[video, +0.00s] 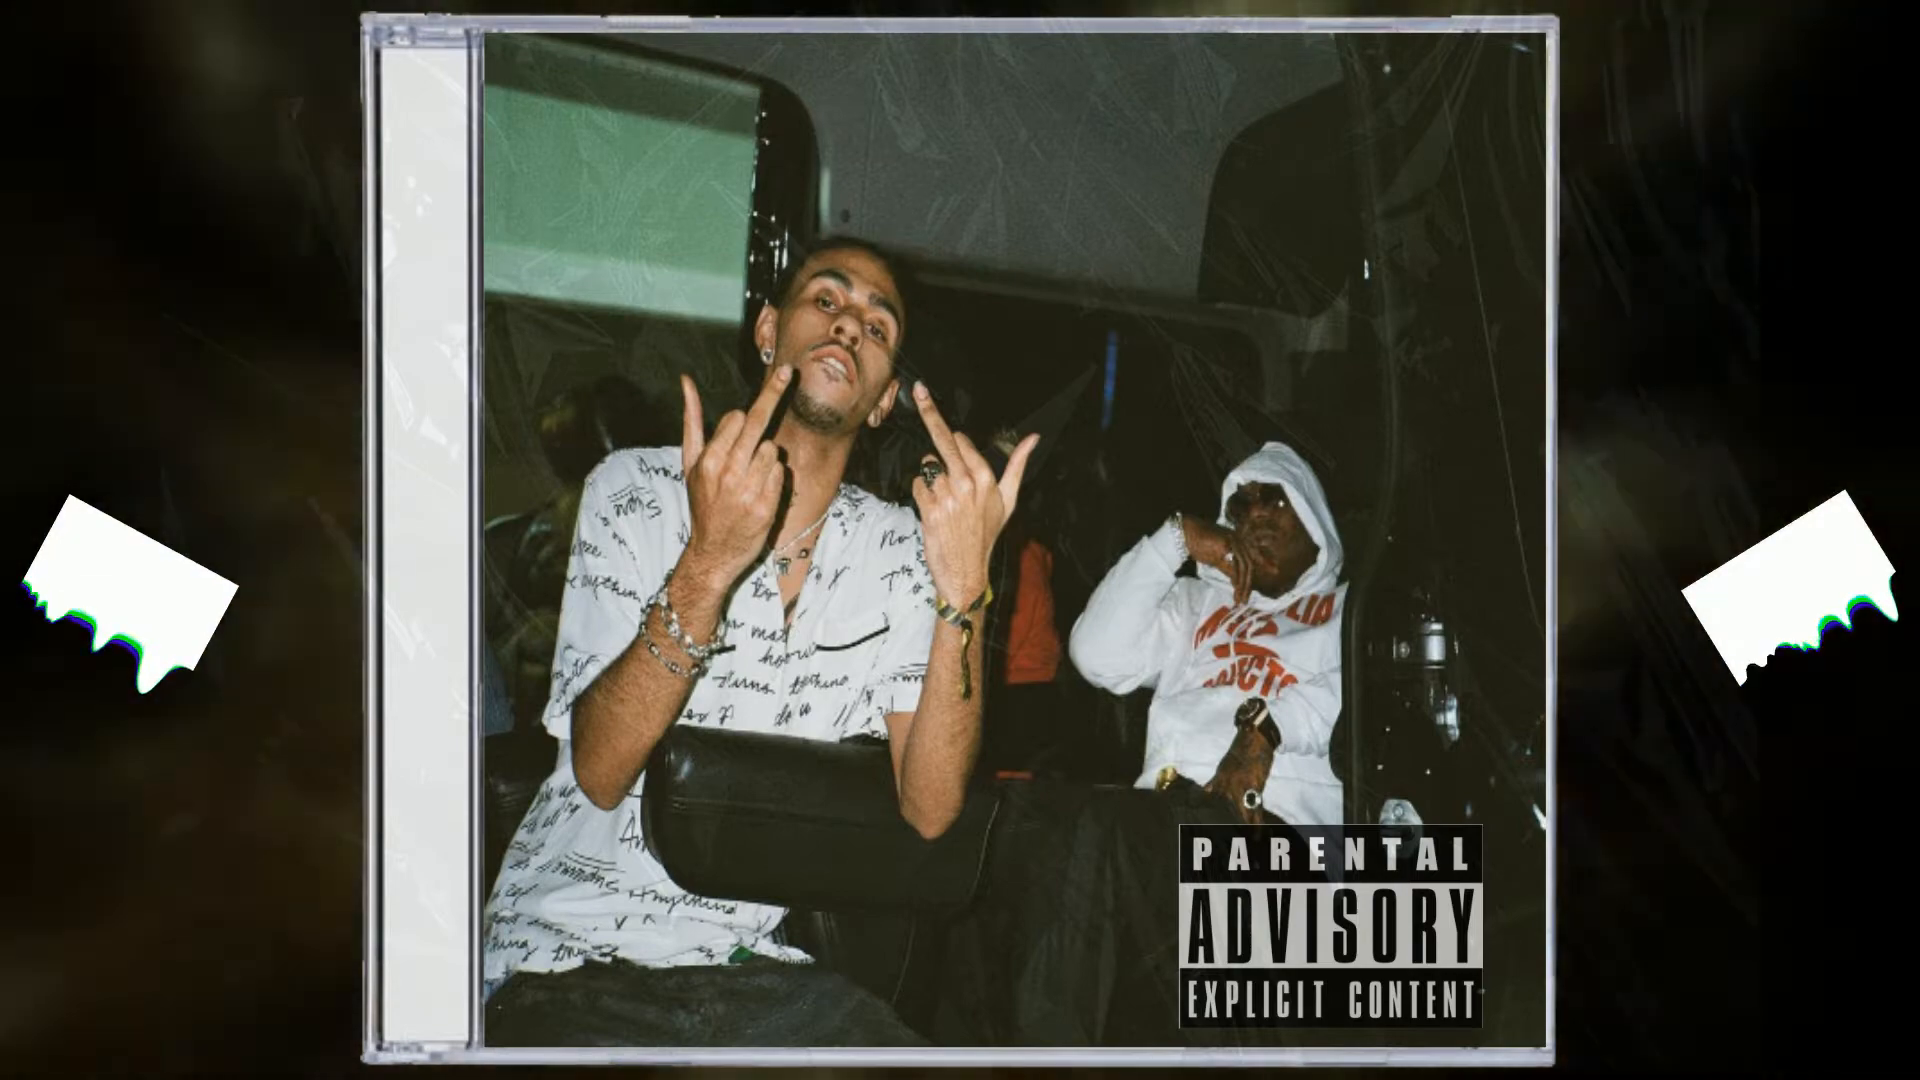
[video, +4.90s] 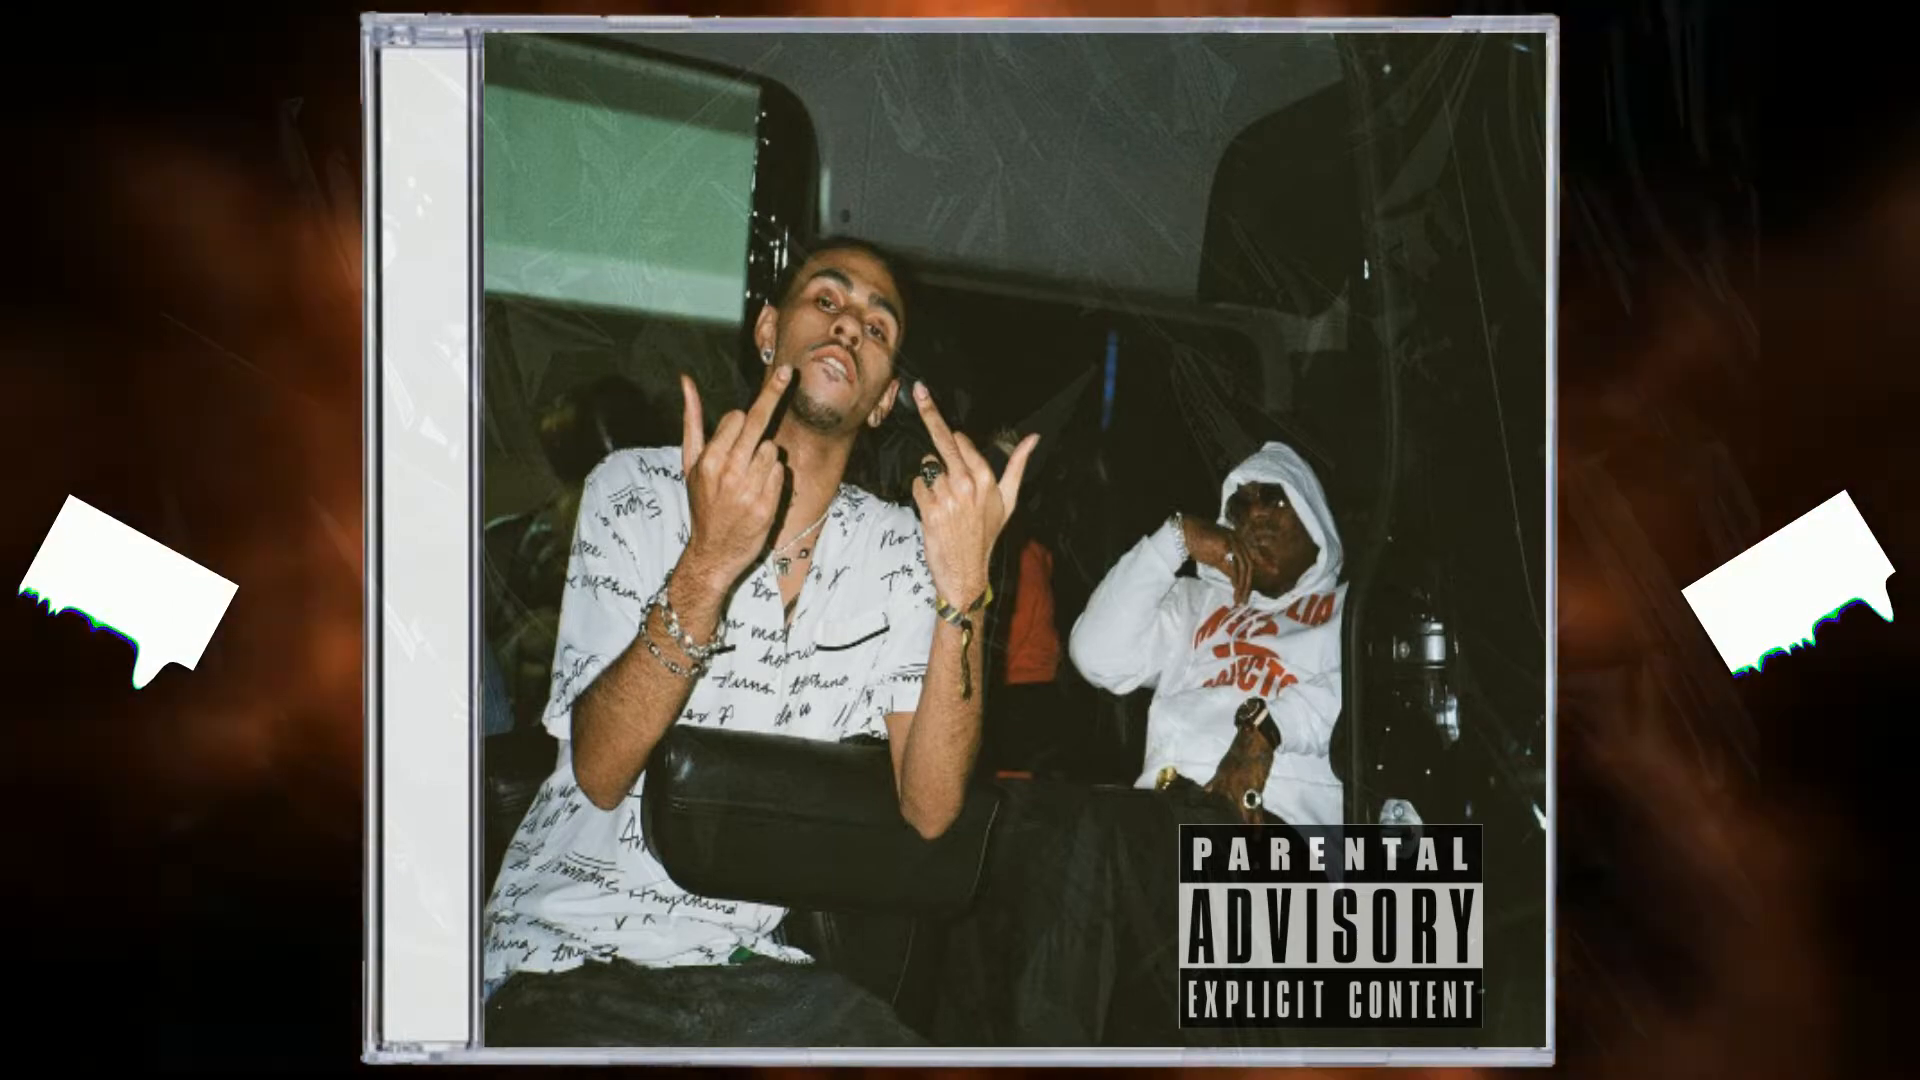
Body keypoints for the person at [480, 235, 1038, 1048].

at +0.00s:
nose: (851, 322)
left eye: (878, 323)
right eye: (826, 298)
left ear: (886, 396)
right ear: (767, 333)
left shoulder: (903, 550)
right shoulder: (637, 490)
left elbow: (931, 809)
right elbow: (601, 770)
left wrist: (966, 594)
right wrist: (709, 564)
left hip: (751, 956)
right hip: (568, 944)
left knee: (909, 1064)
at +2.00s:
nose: (851, 323)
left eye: (878, 323)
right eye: (826, 299)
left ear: (887, 395)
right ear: (767, 333)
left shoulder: (903, 550)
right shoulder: (638, 490)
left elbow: (931, 809)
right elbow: (601, 770)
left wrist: (965, 594)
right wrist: (710, 564)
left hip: (755, 956)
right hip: (570, 944)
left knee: (905, 1060)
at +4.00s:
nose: (851, 323)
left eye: (878, 323)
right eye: (826, 298)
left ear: (887, 395)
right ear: (767, 333)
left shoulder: (903, 550)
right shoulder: (638, 490)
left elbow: (931, 809)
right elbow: (601, 770)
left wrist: (966, 594)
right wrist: (710, 564)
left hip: (756, 956)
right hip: (571, 944)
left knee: (907, 1060)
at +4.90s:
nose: (851, 323)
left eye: (878, 324)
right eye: (826, 298)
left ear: (886, 396)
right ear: (766, 333)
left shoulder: (901, 549)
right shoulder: (637, 490)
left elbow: (931, 808)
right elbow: (601, 771)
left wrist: (965, 594)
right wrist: (709, 565)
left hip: (750, 955)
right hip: (567, 944)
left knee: (909, 1063)